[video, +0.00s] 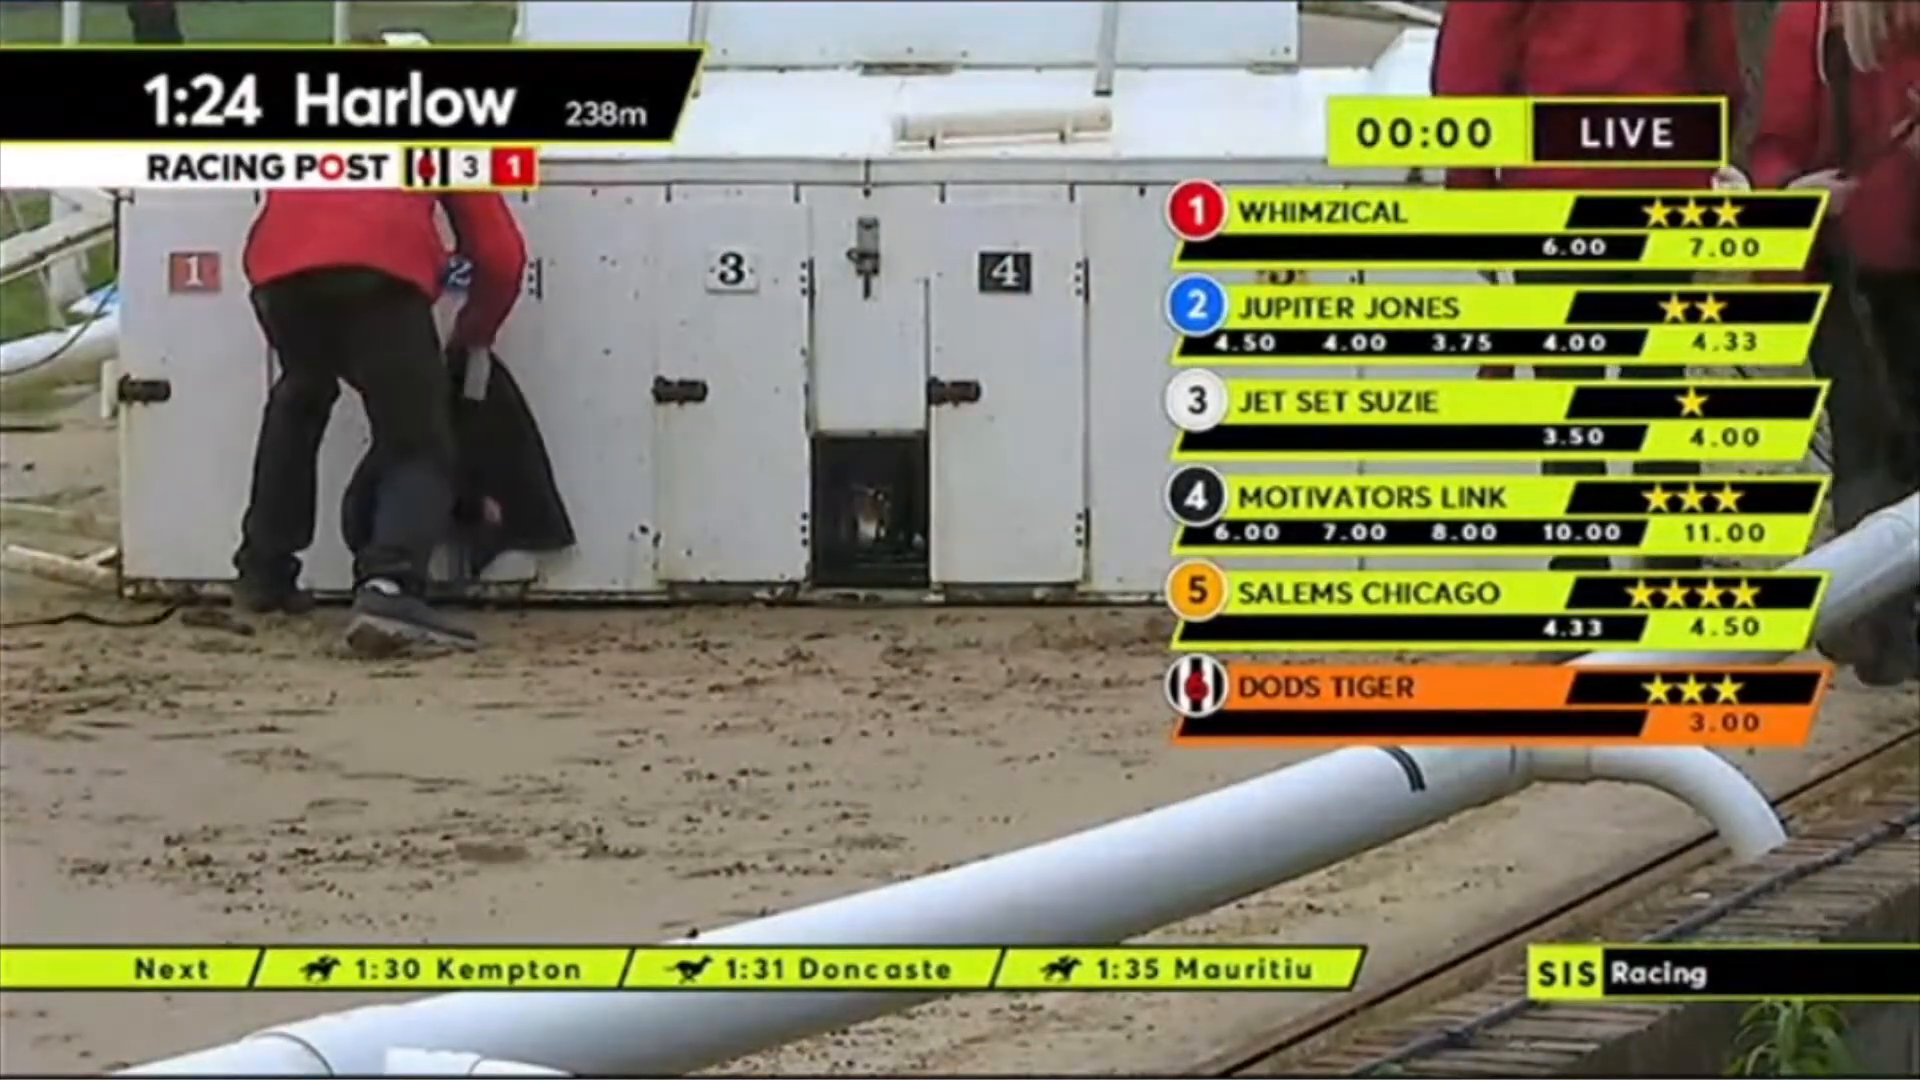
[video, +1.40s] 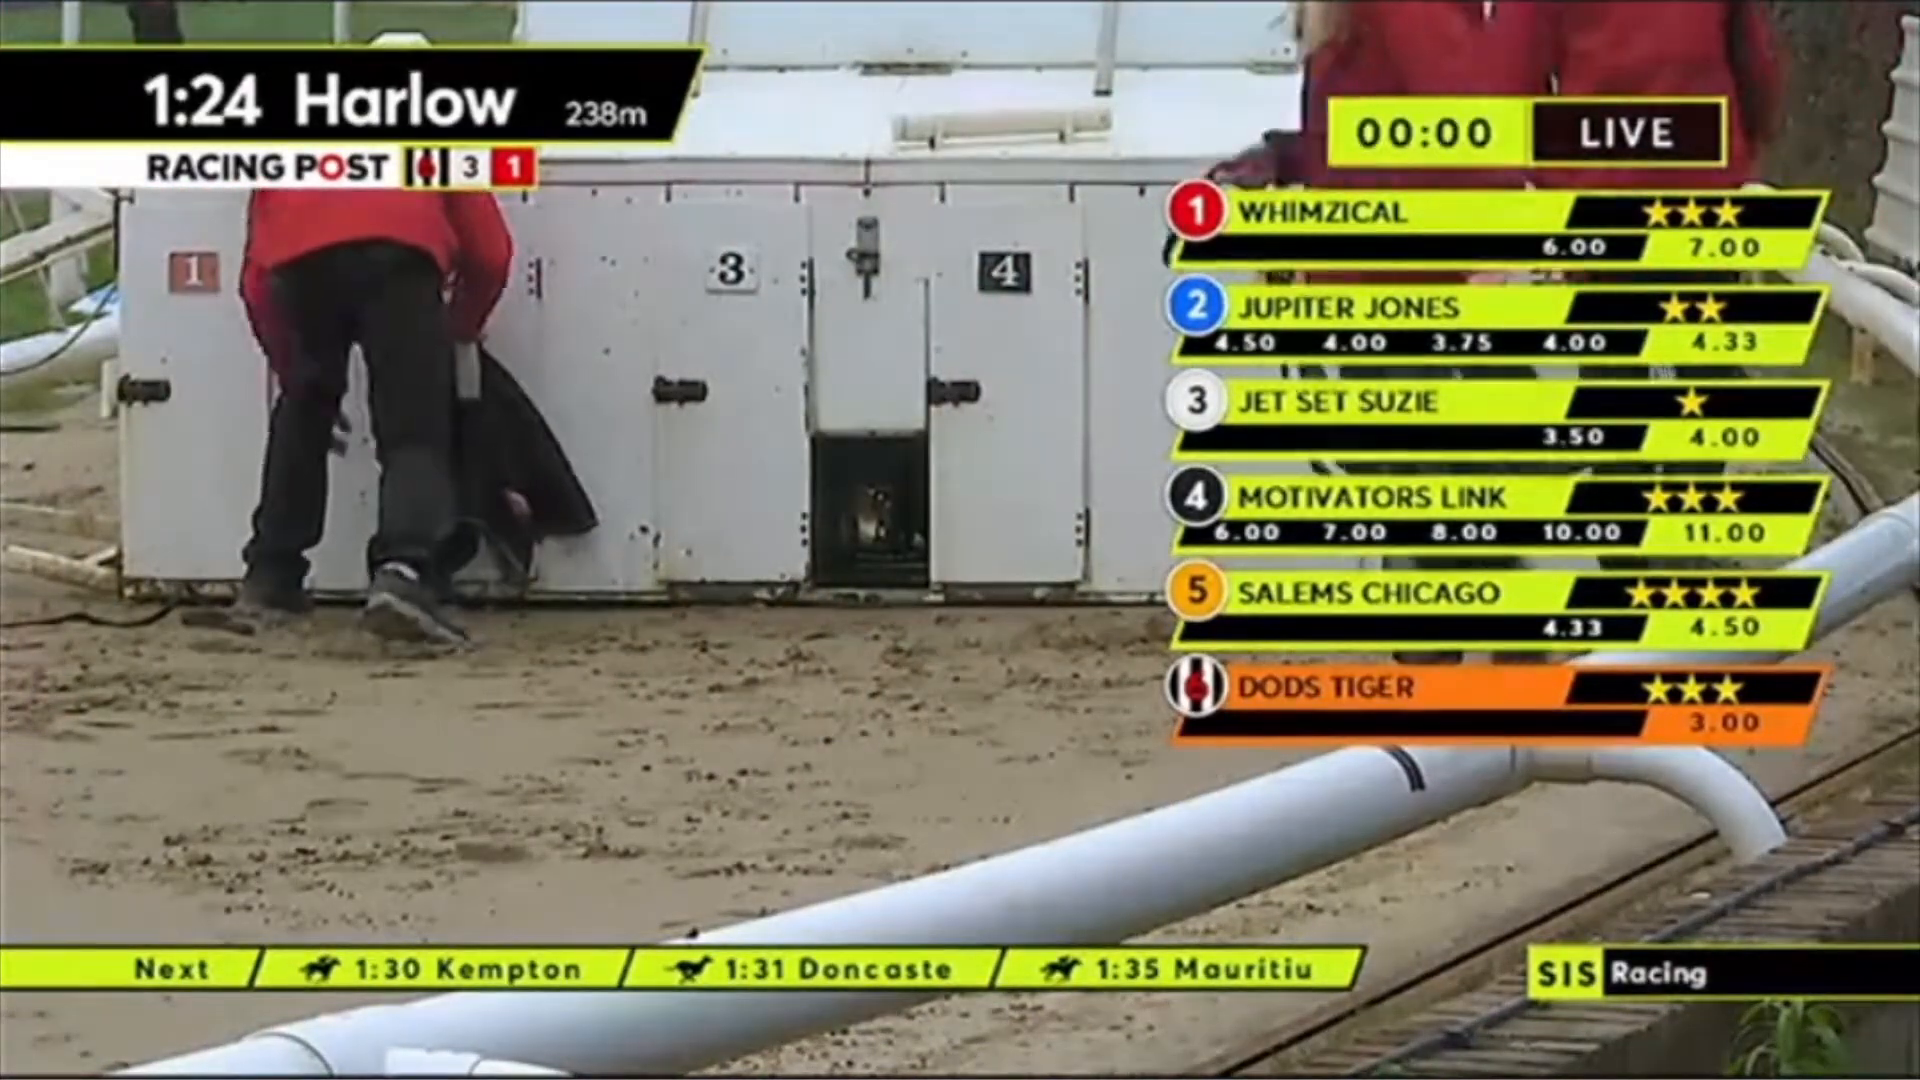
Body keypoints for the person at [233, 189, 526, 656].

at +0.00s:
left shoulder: (299, 163)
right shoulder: (440, 155)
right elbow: (503, 256)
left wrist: (283, 336)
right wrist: (470, 336)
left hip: (281, 268)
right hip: (379, 266)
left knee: (302, 387)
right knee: (416, 443)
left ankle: (264, 570)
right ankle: (388, 585)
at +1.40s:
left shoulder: (279, 175)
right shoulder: (437, 160)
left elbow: (257, 283)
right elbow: (492, 253)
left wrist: (298, 382)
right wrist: (461, 325)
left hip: (301, 256)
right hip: (401, 250)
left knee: (304, 403)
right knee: (413, 431)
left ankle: (272, 575)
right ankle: (403, 573)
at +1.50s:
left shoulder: (269, 176)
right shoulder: (432, 157)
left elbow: (238, 286)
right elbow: (503, 235)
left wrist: (263, 414)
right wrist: (456, 316)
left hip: (308, 248)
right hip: (410, 234)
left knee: (321, 388)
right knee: (414, 416)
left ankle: (289, 574)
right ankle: (411, 571)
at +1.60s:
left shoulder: (264, 166)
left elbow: (225, 298)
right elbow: (501, 174)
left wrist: (219, 462)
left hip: (326, 250)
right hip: (426, 230)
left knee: (327, 391)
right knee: (418, 407)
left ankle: (312, 575)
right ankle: (424, 564)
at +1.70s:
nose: (217, 236)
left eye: (210, 218)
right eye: (207, 225)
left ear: (214, 196)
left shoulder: (241, 189)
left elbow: (223, 337)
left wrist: (202, 498)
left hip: (338, 250)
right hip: (438, 227)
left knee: (312, 399)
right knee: (426, 405)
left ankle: (311, 576)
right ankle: (440, 554)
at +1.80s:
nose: (201, 269)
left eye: (191, 252)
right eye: (188, 260)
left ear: (194, 209)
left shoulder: (229, 217)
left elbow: (222, 372)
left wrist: (198, 529)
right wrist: (371, 396)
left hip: (342, 251)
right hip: (446, 223)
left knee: (305, 401)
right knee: (434, 399)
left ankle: (310, 579)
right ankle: (481, 539)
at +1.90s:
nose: (187, 276)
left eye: (178, 251)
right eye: (174, 260)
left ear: (185, 209)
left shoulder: (225, 225)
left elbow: (221, 374)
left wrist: (222, 527)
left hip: (347, 245)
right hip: (444, 217)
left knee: (307, 415)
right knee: (424, 419)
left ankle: (308, 582)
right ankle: (539, 507)